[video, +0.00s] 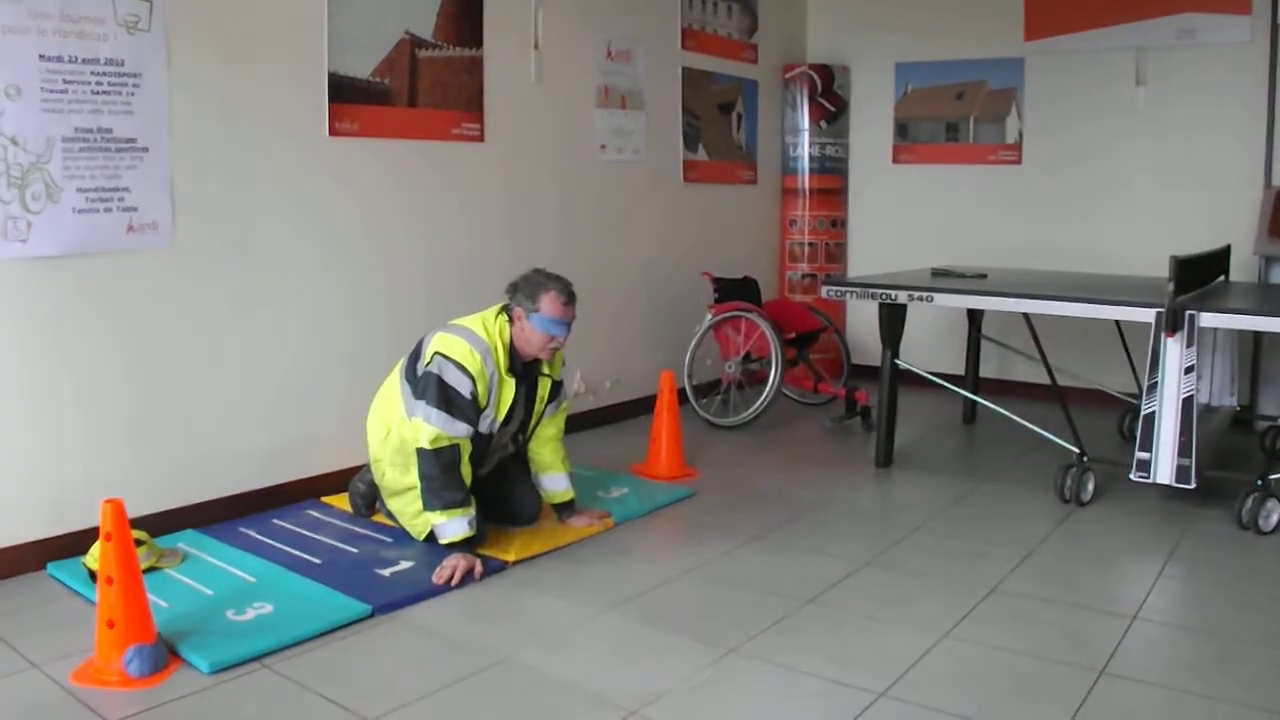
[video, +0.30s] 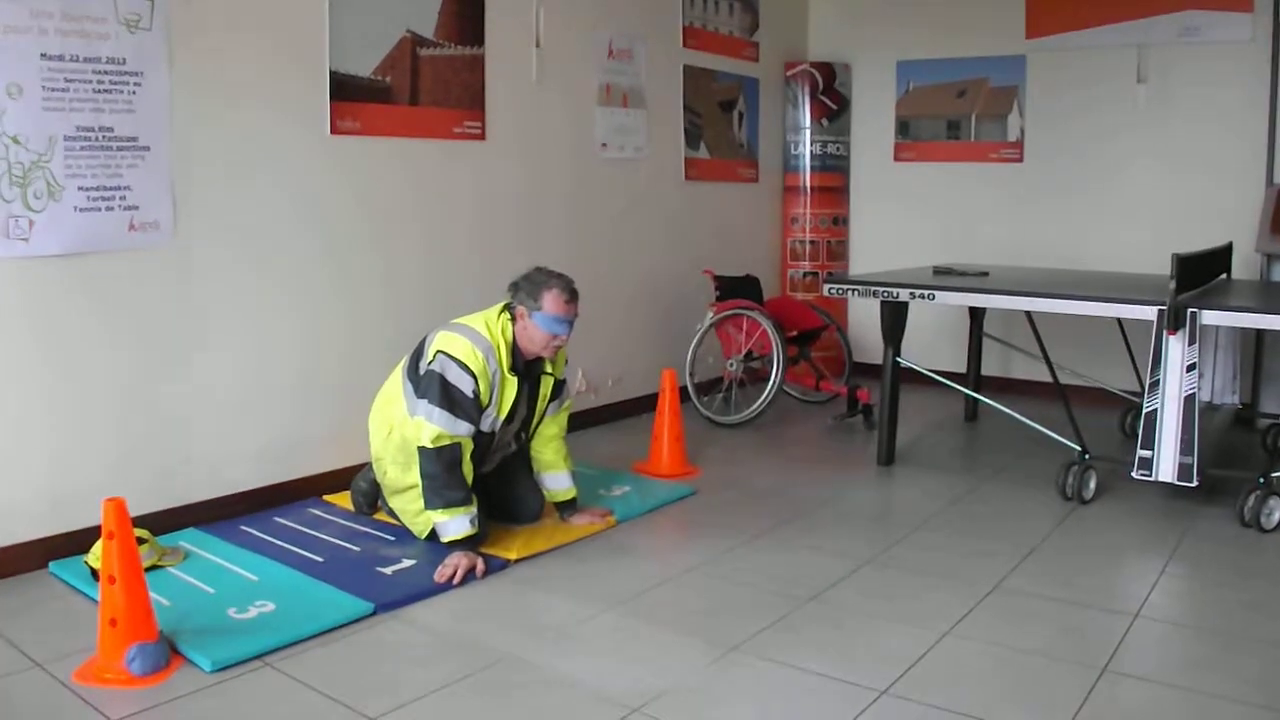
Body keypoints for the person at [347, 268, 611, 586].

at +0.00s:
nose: (560, 339)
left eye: (566, 329)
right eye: (552, 327)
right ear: (518, 318)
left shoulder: (548, 357)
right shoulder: (460, 355)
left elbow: (546, 434)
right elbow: (438, 452)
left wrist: (567, 509)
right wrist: (459, 547)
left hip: (481, 439)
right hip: (408, 447)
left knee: (523, 511)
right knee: (456, 535)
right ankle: (383, 482)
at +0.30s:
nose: (562, 337)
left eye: (568, 327)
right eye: (554, 326)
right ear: (520, 317)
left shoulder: (551, 356)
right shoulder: (463, 354)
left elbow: (548, 433)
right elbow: (440, 449)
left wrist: (568, 507)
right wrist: (462, 545)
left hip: (484, 436)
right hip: (410, 443)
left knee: (526, 509)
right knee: (453, 533)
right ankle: (386, 481)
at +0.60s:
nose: (570, 335)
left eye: (575, 325)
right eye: (562, 324)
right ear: (527, 313)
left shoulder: (555, 353)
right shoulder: (469, 351)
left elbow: (552, 430)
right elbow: (445, 446)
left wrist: (571, 505)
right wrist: (464, 543)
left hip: (487, 432)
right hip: (415, 441)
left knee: (530, 507)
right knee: (457, 531)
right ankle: (388, 478)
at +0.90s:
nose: (568, 332)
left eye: (573, 321)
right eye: (559, 319)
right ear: (525, 311)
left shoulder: (554, 351)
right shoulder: (466, 349)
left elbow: (551, 428)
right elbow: (444, 444)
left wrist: (572, 502)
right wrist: (464, 540)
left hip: (489, 435)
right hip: (416, 442)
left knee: (532, 505)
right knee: (462, 530)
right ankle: (391, 480)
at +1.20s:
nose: (572, 333)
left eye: (577, 322)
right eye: (563, 321)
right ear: (529, 311)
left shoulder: (556, 352)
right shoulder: (468, 348)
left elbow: (553, 427)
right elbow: (445, 443)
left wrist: (573, 500)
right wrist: (465, 539)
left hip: (491, 433)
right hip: (417, 440)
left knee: (533, 504)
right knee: (456, 529)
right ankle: (391, 479)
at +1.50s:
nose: (574, 331)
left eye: (580, 321)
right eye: (566, 320)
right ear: (532, 309)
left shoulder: (559, 349)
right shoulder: (471, 346)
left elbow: (556, 425)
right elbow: (451, 442)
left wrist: (576, 500)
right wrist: (469, 538)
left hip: (492, 429)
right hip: (419, 438)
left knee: (536, 502)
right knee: (454, 525)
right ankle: (393, 476)